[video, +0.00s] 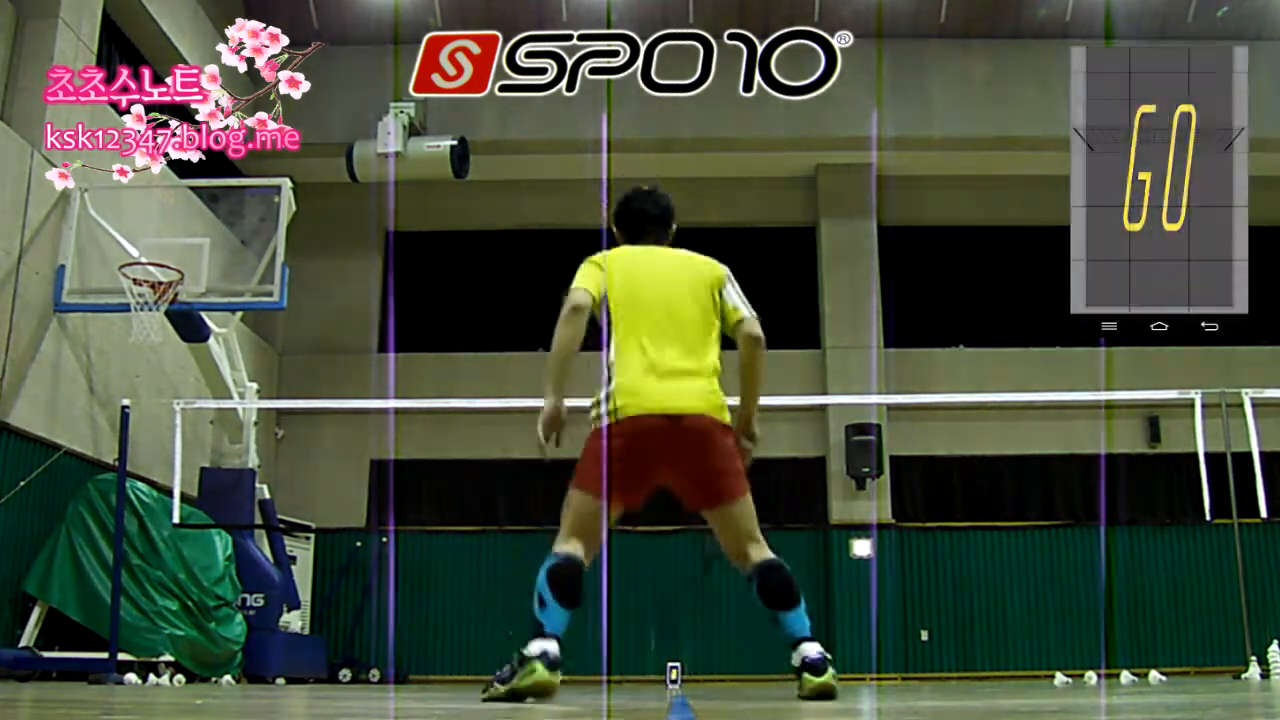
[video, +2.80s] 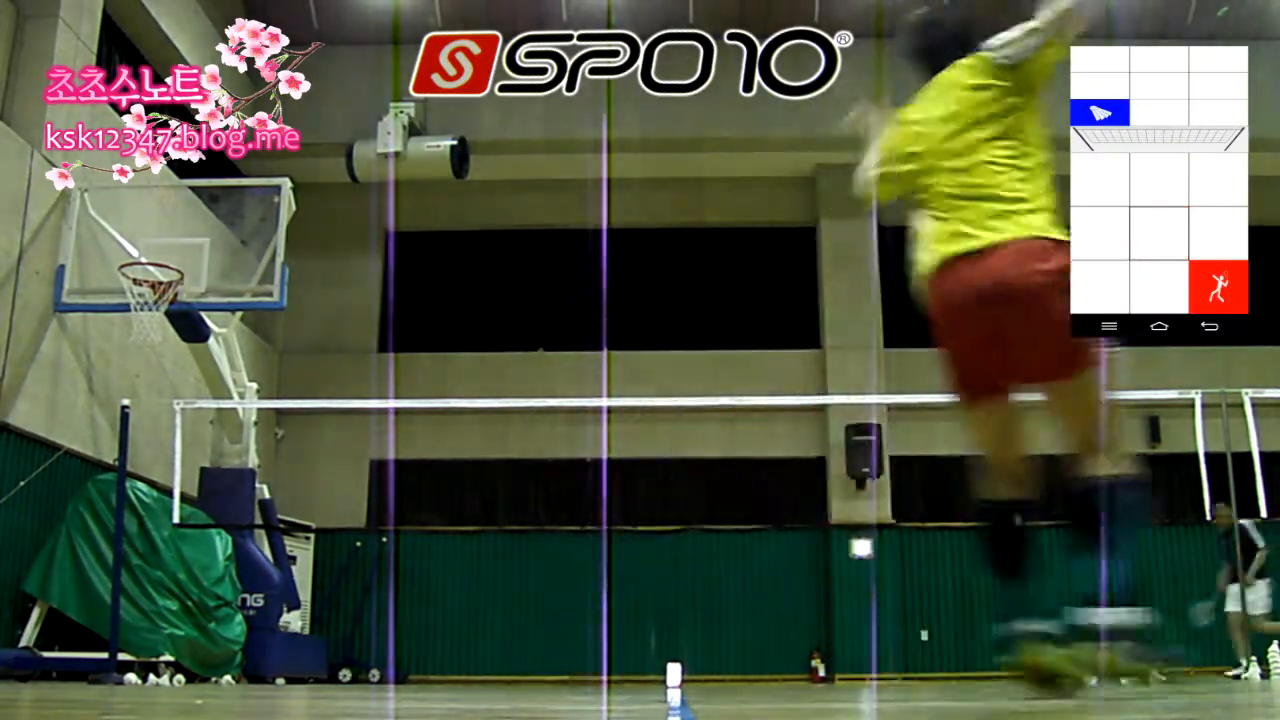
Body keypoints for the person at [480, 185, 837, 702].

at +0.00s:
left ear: (618, 231)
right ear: (673, 231)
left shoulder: (602, 264)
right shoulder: (710, 270)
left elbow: (576, 306)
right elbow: (752, 336)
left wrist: (554, 397)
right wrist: (746, 418)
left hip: (626, 423)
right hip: (703, 423)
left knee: (574, 541)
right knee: (751, 546)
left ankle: (543, 649)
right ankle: (808, 651)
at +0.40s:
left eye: (613, 178)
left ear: (616, 176)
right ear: (670, 176)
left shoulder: (594, 214)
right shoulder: (712, 218)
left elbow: (579, 306)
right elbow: (744, 298)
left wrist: (628, 327)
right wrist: (735, 385)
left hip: (615, 383)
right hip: (697, 384)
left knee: (576, 510)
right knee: (744, 525)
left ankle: (552, 637)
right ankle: (802, 646)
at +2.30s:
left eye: (654, 202)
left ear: (658, 198)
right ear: (713, 193)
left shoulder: (654, 223)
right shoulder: (766, 232)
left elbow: (622, 274)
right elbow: (817, 311)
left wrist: (568, 348)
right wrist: (817, 382)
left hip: (676, 380)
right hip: (761, 379)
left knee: (621, 523)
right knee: (825, 512)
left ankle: (553, 643)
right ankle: (880, 637)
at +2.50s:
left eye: (752, 190)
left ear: (750, 196)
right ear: (804, 183)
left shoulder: (734, 248)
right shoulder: (853, 215)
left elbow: (694, 337)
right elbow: (937, 213)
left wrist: (669, 397)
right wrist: (915, 186)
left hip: (745, 407)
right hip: (832, 407)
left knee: (669, 538)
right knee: (877, 530)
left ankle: (568, 642)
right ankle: (875, 652)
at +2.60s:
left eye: (806, 147)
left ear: (807, 147)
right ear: (863, 128)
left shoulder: (800, 204)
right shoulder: (913, 151)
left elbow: (740, 308)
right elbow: (987, 102)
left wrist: (732, 307)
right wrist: (927, 50)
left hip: (824, 349)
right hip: (911, 349)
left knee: (762, 495)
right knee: (916, 508)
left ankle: (694, 624)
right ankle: (883, 649)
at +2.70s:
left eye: (876, 72)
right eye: (902, 64)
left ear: (863, 91)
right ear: (912, 70)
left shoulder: (855, 147)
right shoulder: (951, 92)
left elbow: (801, 239)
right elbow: (1027, 29)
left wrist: (806, 195)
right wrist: (984, 6)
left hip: (893, 288)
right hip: (974, 277)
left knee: (896, 460)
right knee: (983, 457)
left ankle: (877, 616)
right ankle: (969, 610)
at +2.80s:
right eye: (971, 28)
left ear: (916, 61)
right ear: (966, 41)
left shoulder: (905, 127)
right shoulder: (997, 67)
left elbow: (870, 187)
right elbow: (1070, 15)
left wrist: (877, 128)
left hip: (952, 281)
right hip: (1032, 261)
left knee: (999, 445)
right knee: (1079, 426)